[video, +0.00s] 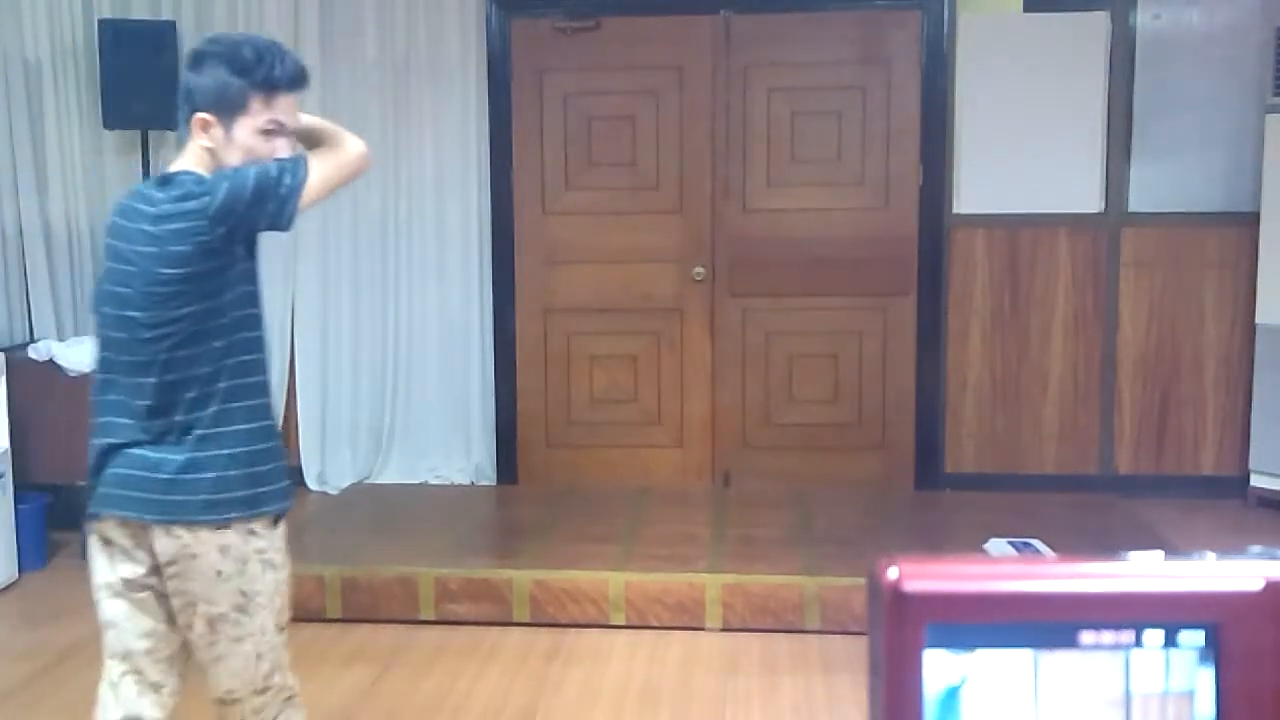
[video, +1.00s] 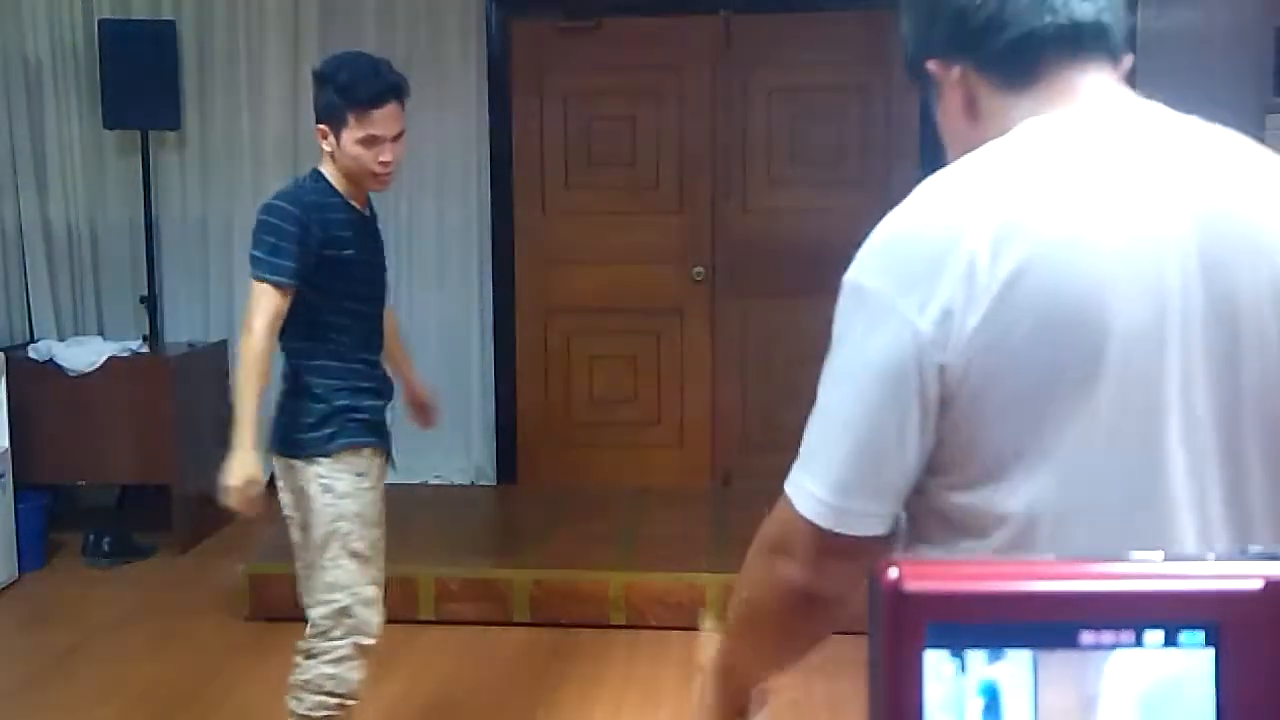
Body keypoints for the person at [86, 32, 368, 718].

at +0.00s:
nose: (285, 146)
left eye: (286, 129)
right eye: (269, 130)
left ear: (201, 130)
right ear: (206, 129)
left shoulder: (129, 208)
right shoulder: (225, 200)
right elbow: (352, 153)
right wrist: (294, 125)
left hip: (120, 490)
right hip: (217, 495)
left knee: (132, 692)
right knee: (259, 696)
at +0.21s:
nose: (346, 147)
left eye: (345, 128)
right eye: (328, 131)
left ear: (264, 135)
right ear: (269, 135)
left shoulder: (190, 206)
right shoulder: (288, 204)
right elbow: (407, 182)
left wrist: (330, 166)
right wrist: (348, 147)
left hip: (201, 474)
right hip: (292, 479)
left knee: (226, 655)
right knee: (318, 673)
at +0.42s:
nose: (369, 150)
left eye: (373, 132)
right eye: (354, 133)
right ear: (298, 131)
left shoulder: (229, 207)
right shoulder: (321, 215)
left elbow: (218, 335)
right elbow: (430, 301)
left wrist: (253, 413)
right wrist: (461, 273)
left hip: (255, 459)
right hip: (324, 467)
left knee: (301, 623)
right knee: (331, 652)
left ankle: (285, 708)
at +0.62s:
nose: (386, 160)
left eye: (390, 142)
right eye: (369, 145)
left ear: (313, 149)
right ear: (317, 144)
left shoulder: (267, 212)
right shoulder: (334, 226)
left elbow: (253, 331)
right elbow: (366, 357)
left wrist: (252, 421)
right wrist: (408, 469)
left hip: (297, 457)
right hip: (336, 463)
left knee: (344, 623)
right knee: (353, 633)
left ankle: (322, 709)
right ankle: (324, 712)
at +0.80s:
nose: (391, 155)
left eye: (397, 138)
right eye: (376, 141)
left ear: (404, 128)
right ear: (325, 137)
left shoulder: (321, 200)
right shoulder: (320, 210)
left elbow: (282, 320)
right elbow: (280, 327)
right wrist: (258, 447)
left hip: (337, 447)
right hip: (346, 452)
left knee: (348, 604)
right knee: (375, 616)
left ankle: (339, 706)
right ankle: (352, 711)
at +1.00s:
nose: (389, 155)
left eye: (396, 138)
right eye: (372, 141)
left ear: (407, 129)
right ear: (326, 137)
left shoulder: (361, 216)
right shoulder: (293, 212)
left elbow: (376, 314)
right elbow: (259, 330)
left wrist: (410, 384)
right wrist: (246, 448)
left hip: (356, 439)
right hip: (323, 442)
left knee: (344, 612)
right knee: (345, 616)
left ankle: (320, 707)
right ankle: (315, 711)